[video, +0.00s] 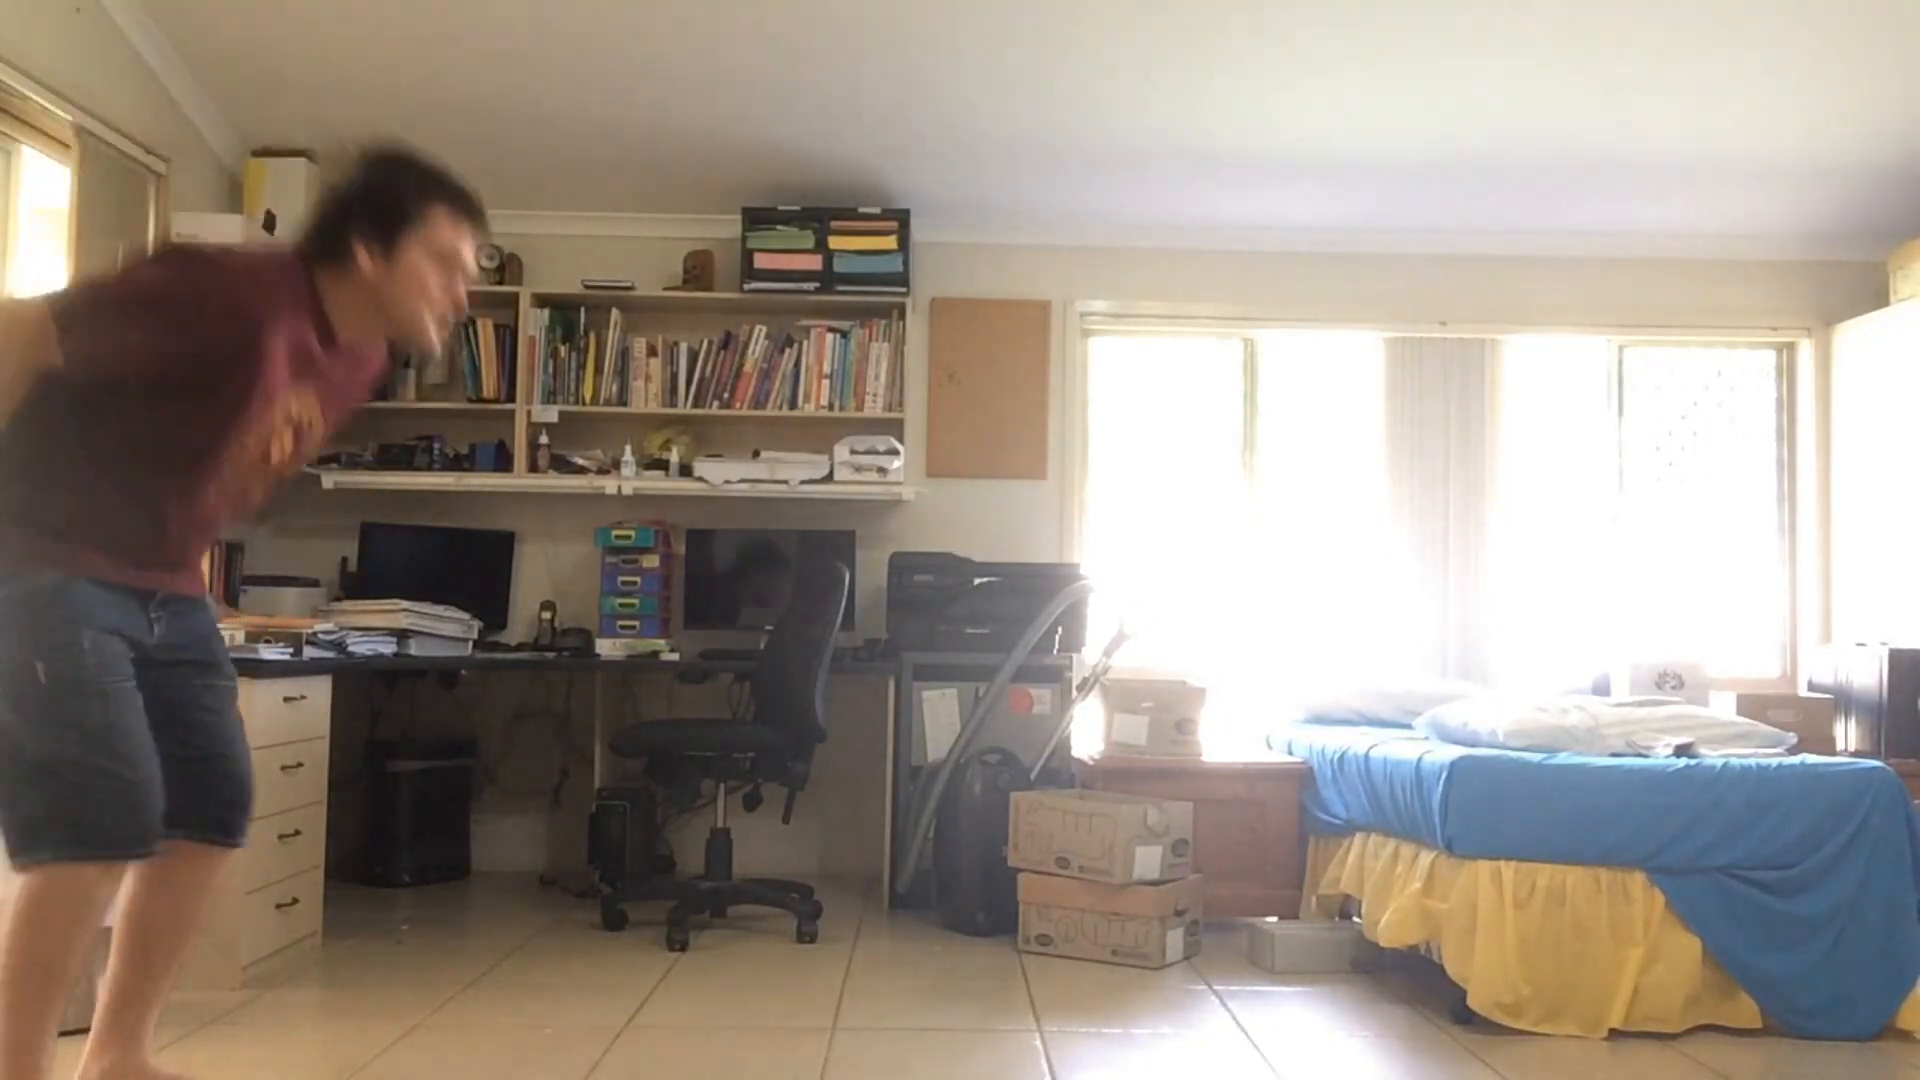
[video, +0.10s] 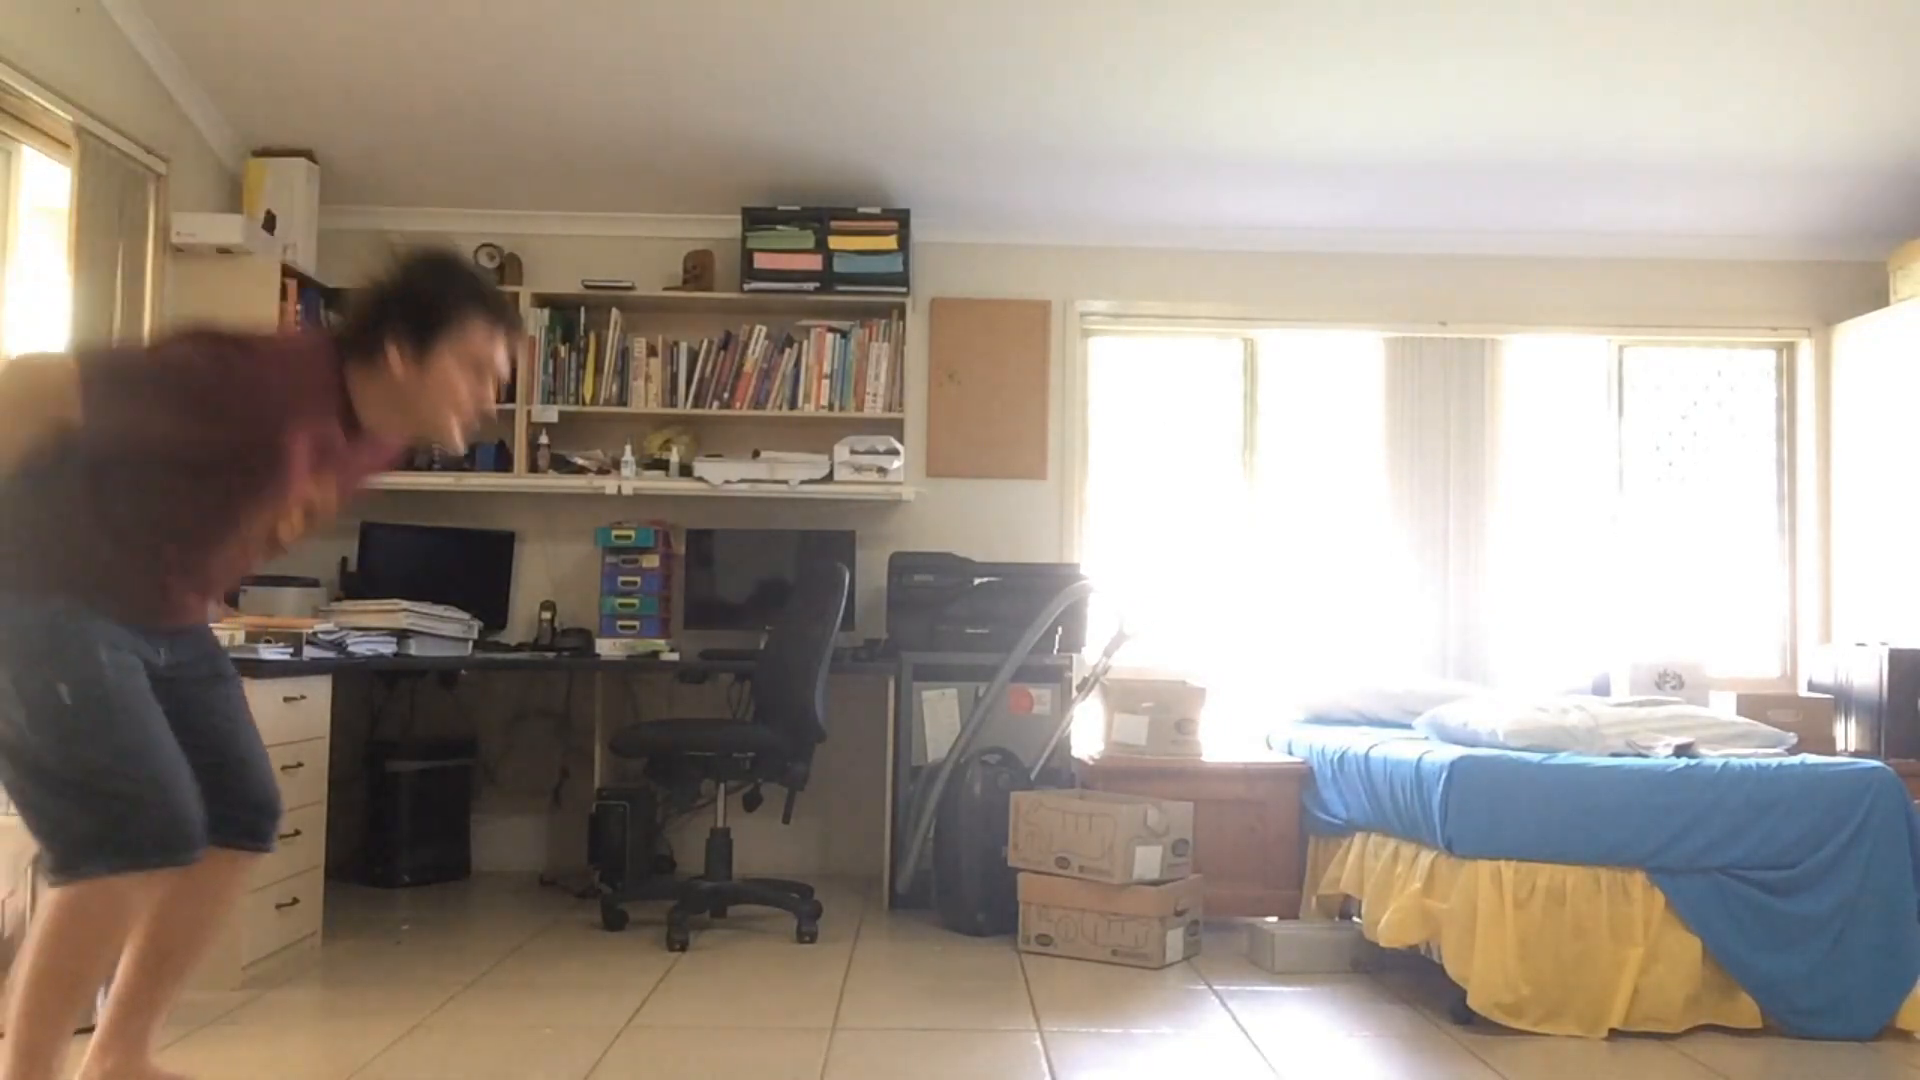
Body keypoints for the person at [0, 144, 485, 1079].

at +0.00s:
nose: (465, 292)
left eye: (471, 273)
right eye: (449, 262)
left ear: (383, 262)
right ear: (372, 248)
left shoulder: (360, 363)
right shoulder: (226, 290)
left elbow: (229, 476)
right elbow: (26, 333)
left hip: (166, 582)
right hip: (45, 567)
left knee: (208, 806)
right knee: (96, 815)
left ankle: (117, 1056)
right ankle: (20, 1063)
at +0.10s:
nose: (490, 400)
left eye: (498, 384)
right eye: (479, 373)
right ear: (404, 350)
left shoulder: (378, 438)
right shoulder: (250, 379)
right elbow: (32, 386)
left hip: (166, 604)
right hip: (47, 583)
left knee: (239, 816)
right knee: (134, 834)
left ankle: (118, 1059)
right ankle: (25, 1065)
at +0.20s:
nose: (519, 486)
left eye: (529, 466)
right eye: (509, 457)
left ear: (437, 442)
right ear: (435, 435)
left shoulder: (397, 504)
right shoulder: (294, 453)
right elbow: (68, 475)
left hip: (178, 643)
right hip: (56, 623)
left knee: (268, 839)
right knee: (184, 852)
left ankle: (120, 1061)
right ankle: (34, 1069)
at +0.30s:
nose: (553, 497)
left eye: (561, 475)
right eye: (543, 470)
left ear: (474, 461)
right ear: (471, 455)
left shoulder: (428, 526)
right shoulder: (312, 486)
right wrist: (16, 773)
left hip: (206, 675)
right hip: (92, 664)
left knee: (300, 870)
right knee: (229, 881)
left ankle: (119, 1063)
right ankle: (39, 1065)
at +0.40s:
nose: (580, 416)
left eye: (583, 398)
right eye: (568, 393)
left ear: (507, 396)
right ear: (495, 388)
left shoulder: (464, 488)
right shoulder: (366, 443)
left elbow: (383, 635)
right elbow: (241, 647)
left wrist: (497, 730)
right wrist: (340, 821)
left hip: (216, 669)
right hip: (123, 667)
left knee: (323, 893)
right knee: (270, 907)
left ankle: (132, 1053)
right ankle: (47, 1067)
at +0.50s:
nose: (606, 282)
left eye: (606, 260)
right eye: (590, 257)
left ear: (547, 271)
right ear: (518, 264)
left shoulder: (525, 378)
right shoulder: (438, 340)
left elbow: (528, 507)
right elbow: (386, 508)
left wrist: (653, 489)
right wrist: (566, 535)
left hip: (345, 656)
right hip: (228, 643)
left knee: (372, 898)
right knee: (300, 912)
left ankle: (145, 1042)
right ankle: (53, 1063)